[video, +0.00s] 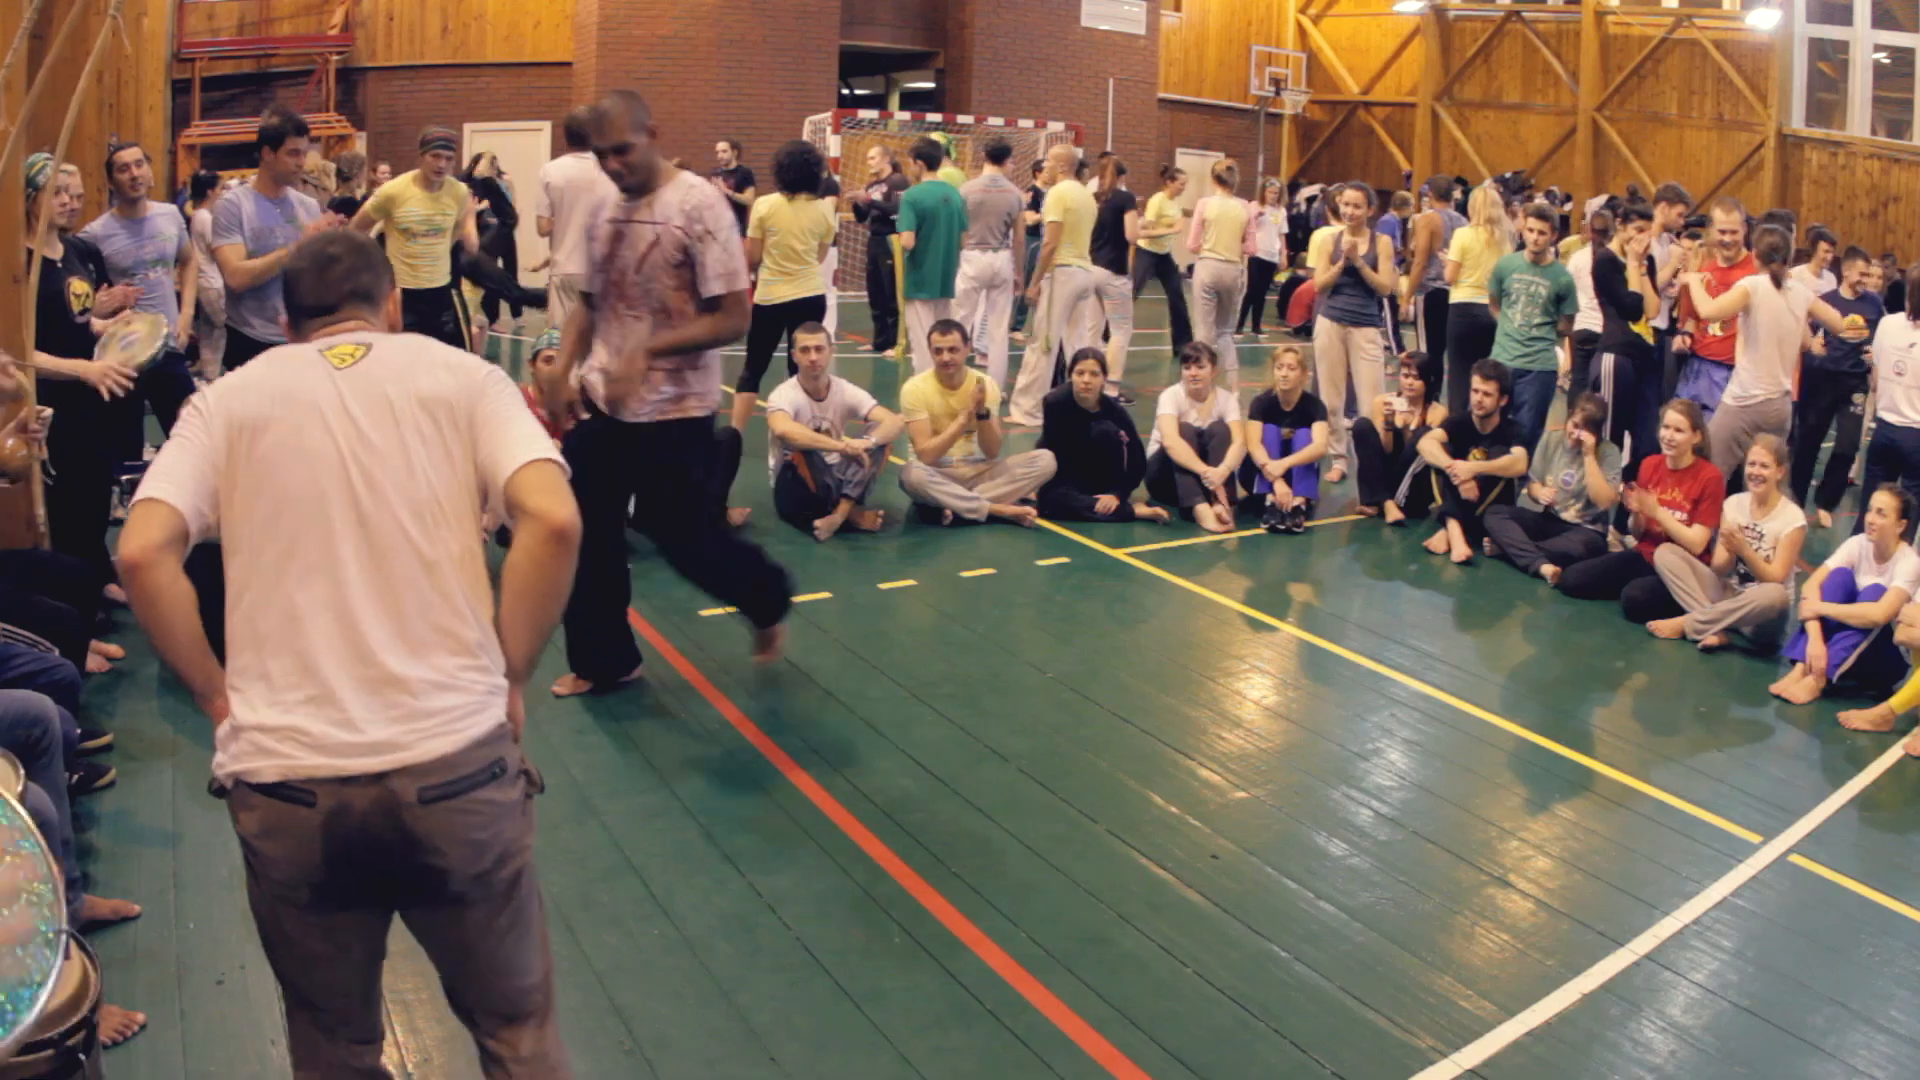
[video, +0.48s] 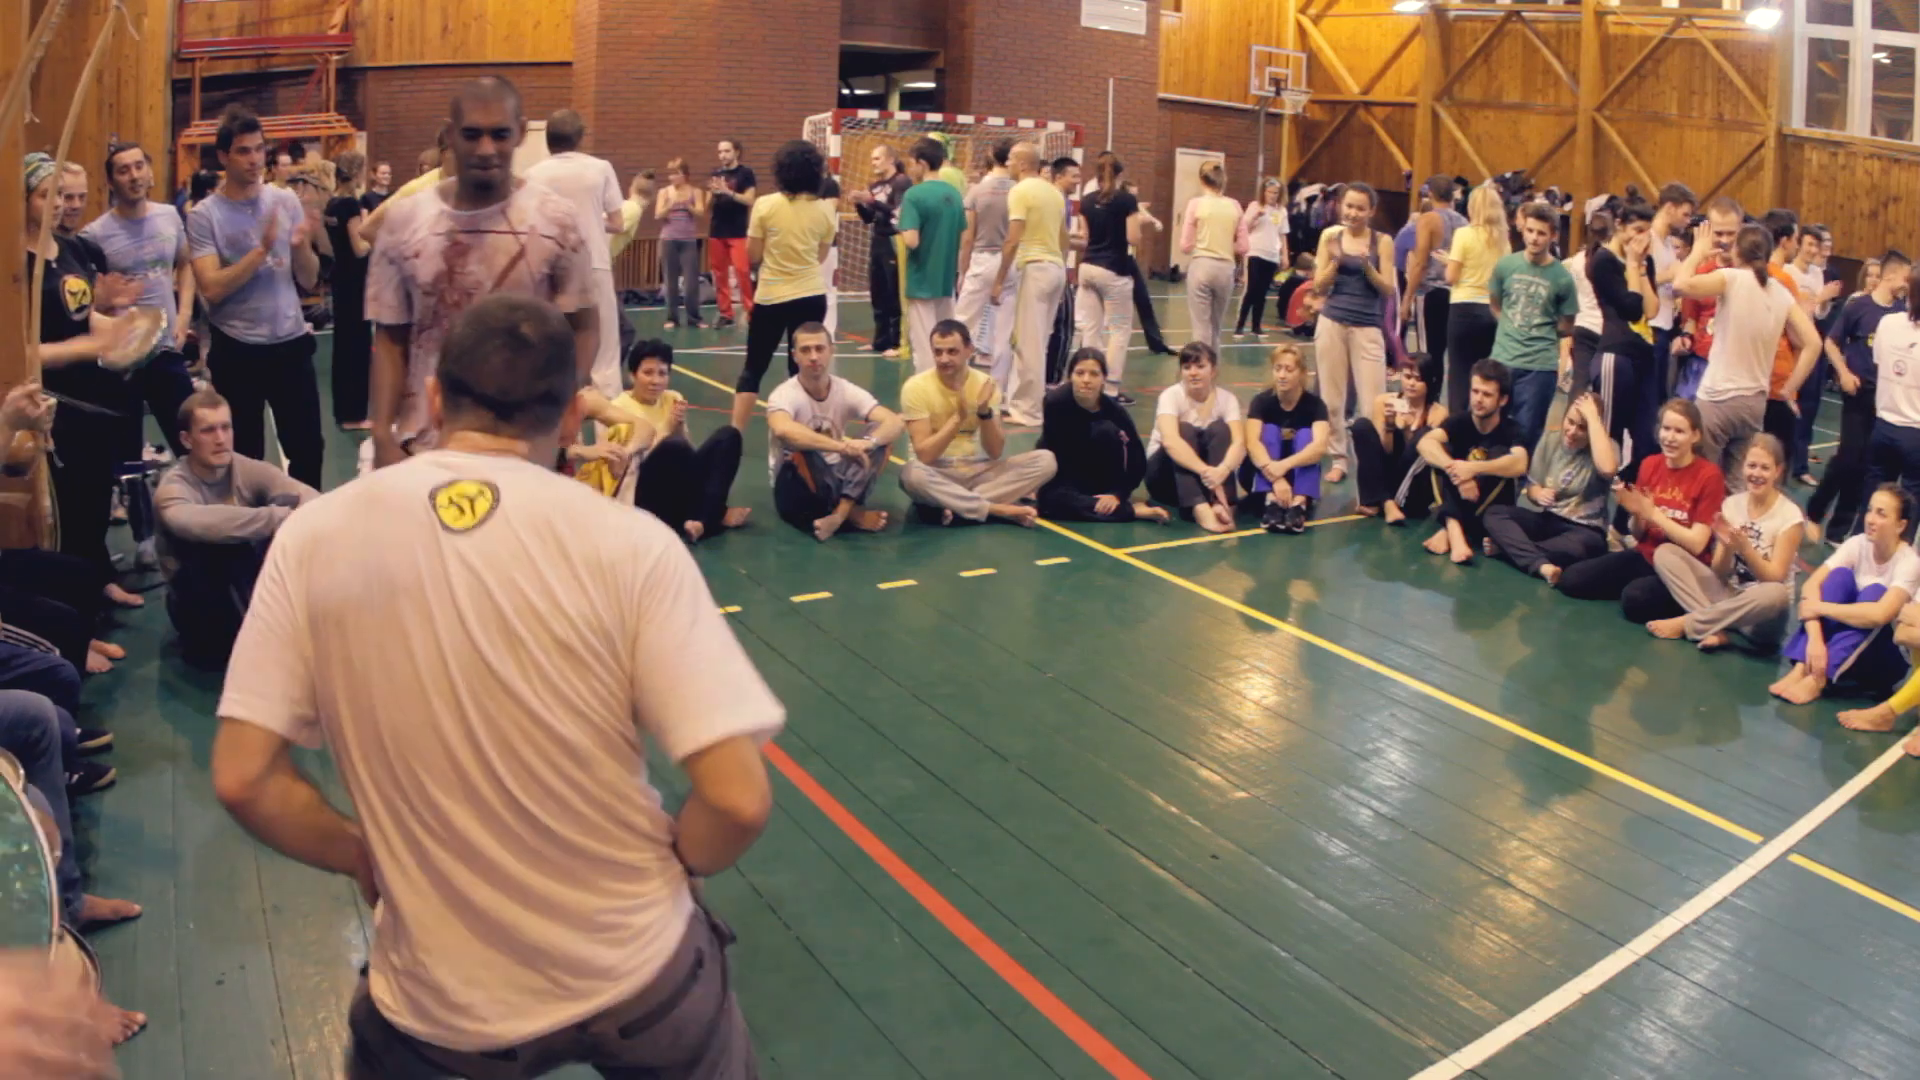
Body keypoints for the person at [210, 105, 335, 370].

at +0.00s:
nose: (301, 163)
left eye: (304, 154)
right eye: (293, 154)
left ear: (307, 154)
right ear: (267, 154)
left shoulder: (309, 207)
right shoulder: (231, 205)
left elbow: (322, 269)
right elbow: (236, 277)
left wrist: (326, 239)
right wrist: (301, 248)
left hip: (303, 343)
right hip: (250, 344)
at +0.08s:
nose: (293, 162)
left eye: (298, 153)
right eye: (283, 152)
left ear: (302, 154)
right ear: (259, 153)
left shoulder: (303, 206)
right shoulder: (227, 207)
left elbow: (318, 268)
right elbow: (232, 280)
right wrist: (294, 239)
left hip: (300, 336)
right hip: (247, 340)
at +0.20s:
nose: (278, 157)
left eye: (284, 148)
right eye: (268, 148)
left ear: (289, 151)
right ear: (247, 152)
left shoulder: (300, 204)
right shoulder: (218, 208)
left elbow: (317, 266)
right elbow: (226, 280)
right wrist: (286, 249)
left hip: (297, 331)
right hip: (245, 338)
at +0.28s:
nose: (270, 157)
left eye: (275, 148)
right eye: (260, 148)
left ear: (281, 151)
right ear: (239, 152)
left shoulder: (294, 201)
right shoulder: (214, 210)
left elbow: (313, 282)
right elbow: (222, 284)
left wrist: (308, 243)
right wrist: (283, 250)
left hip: (297, 338)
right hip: (243, 343)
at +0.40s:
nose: (260, 158)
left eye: (265, 149)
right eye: (249, 150)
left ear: (271, 152)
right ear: (228, 156)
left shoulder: (288, 201)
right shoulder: (208, 213)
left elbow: (310, 282)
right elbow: (213, 288)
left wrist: (309, 250)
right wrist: (262, 248)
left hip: (292, 343)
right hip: (238, 348)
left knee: (307, 455)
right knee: (248, 459)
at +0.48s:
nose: (255, 159)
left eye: (259, 149)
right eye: (244, 152)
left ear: (265, 151)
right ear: (223, 157)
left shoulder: (284, 200)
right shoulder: (203, 214)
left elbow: (309, 279)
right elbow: (211, 288)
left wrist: (301, 247)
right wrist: (262, 250)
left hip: (291, 343)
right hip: (237, 348)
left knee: (308, 451)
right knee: (248, 456)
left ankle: (306, 536)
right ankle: (252, 541)